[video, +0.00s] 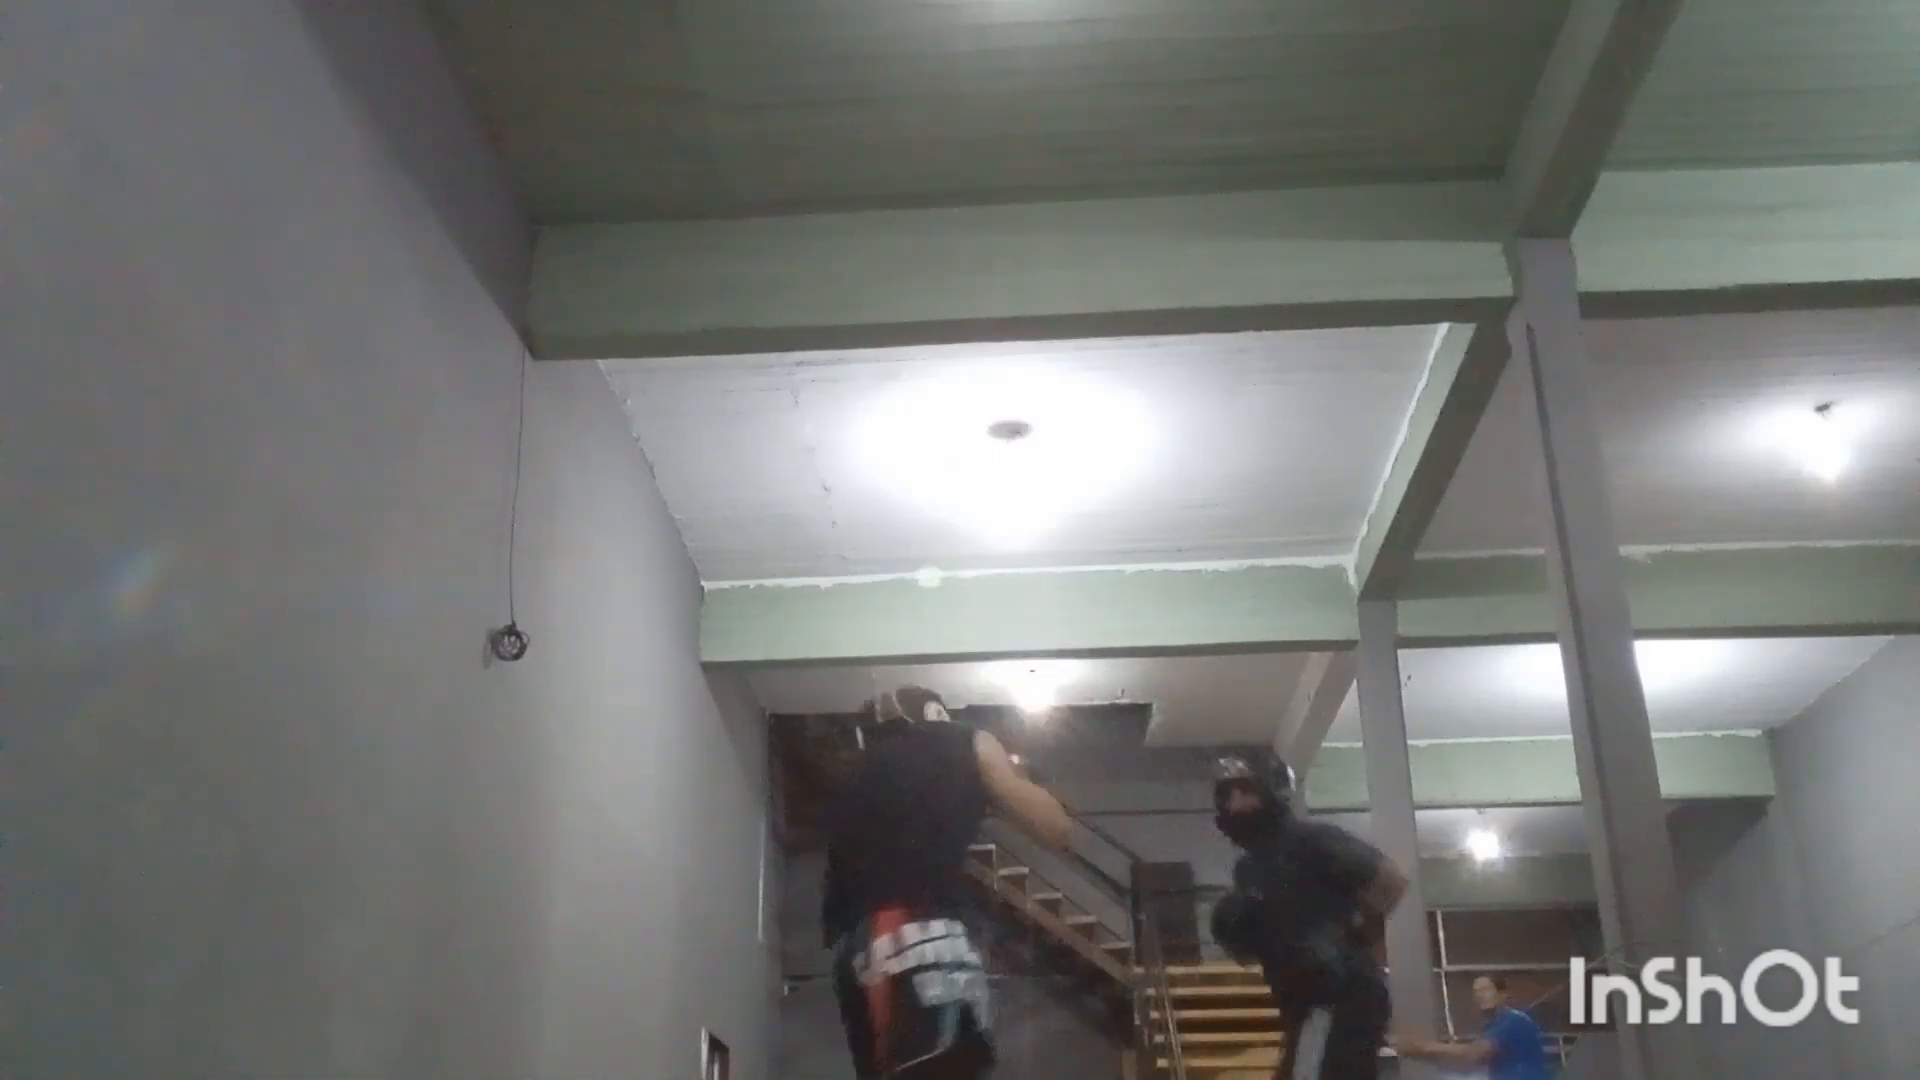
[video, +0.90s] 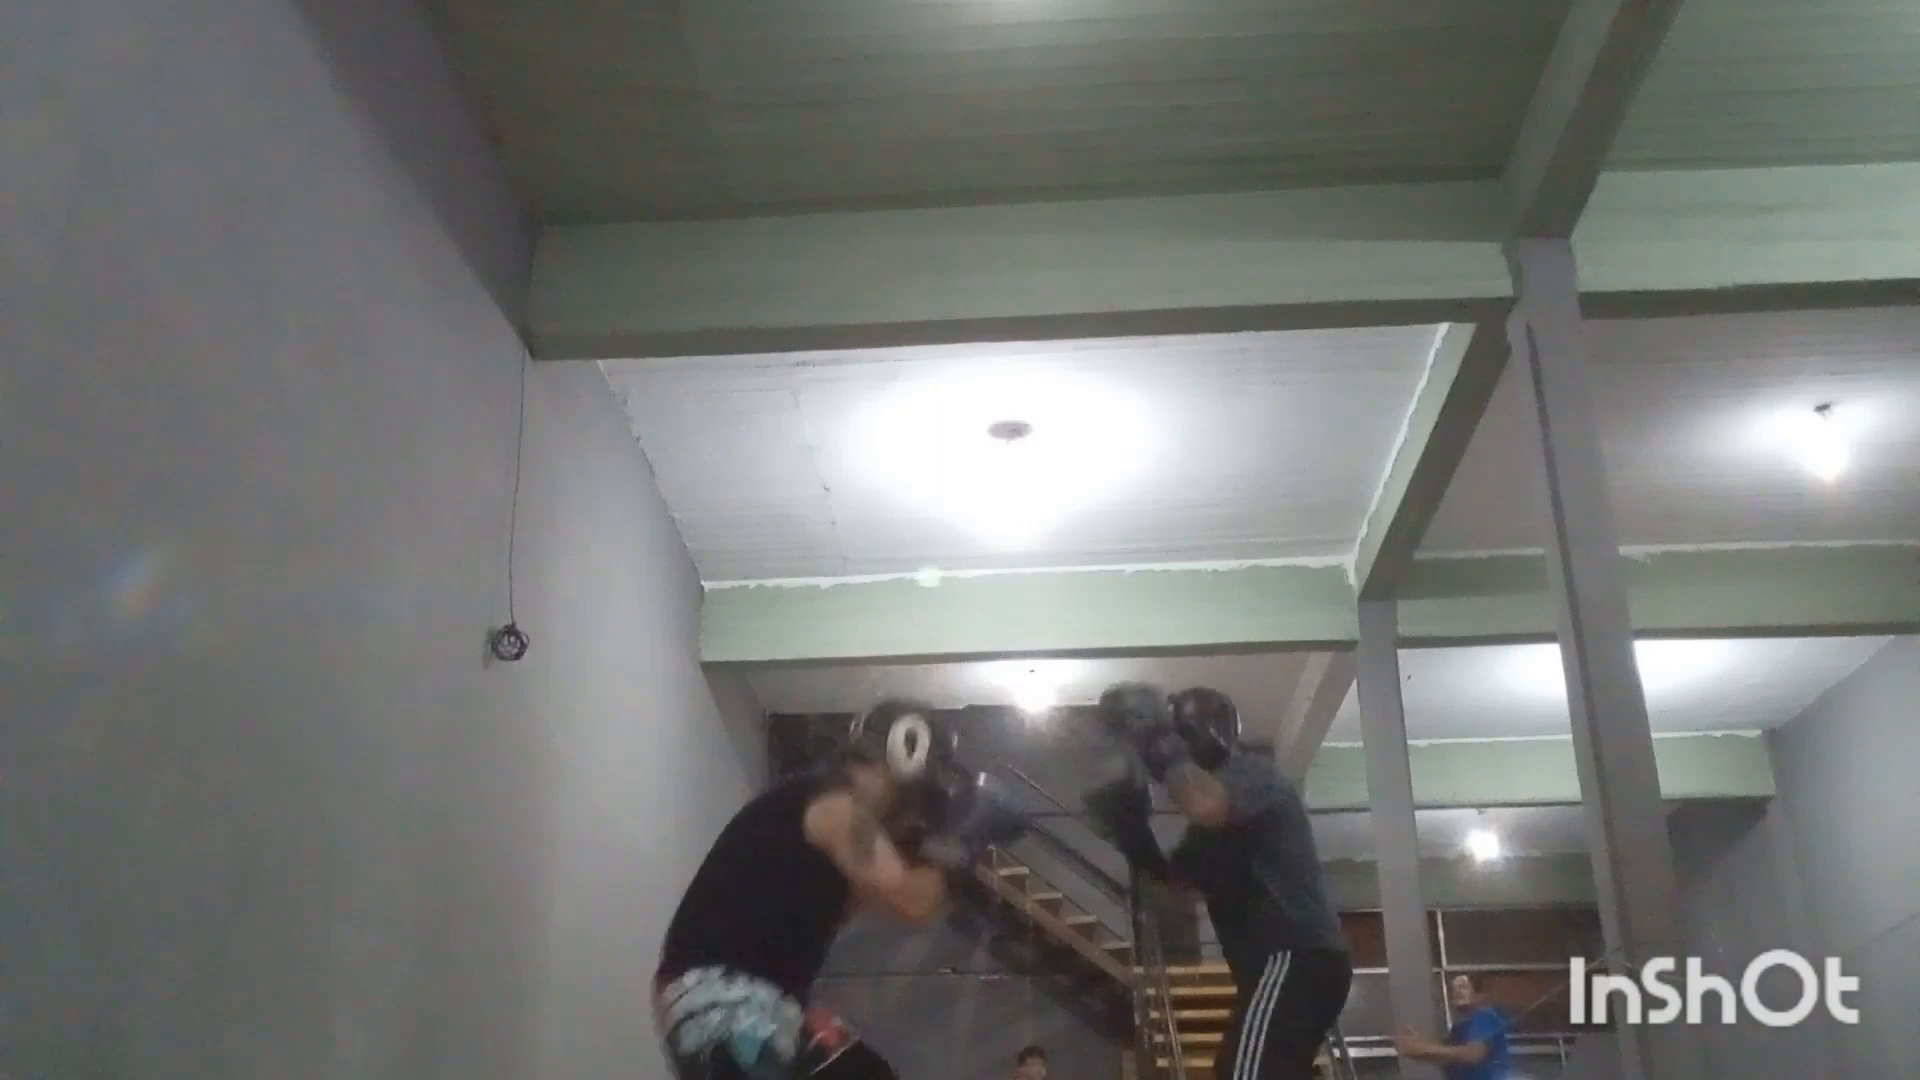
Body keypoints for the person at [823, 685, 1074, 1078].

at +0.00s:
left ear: (882, 724)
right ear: (938, 717)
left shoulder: (857, 766)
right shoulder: (969, 744)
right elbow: (1056, 828)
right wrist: (1013, 774)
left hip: (854, 951)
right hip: (935, 938)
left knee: (873, 1069)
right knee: (957, 1066)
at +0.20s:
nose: (942, 690)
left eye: (940, 677)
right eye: (937, 675)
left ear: (862, 670)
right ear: (916, 664)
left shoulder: (826, 721)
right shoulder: (910, 711)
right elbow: (994, 796)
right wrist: (1002, 749)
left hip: (785, 928)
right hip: (853, 932)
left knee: (824, 1065)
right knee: (872, 1065)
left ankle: (973, 1066)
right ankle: (975, 1067)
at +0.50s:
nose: (933, 711)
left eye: (940, 701)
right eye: (936, 695)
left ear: (874, 656)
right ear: (918, 666)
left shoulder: (827, 703)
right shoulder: (869, 704)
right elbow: (943, 792)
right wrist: (970, 762)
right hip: (793, 927)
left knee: (809, 1067)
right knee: (853, 1067)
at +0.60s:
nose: (940, 711)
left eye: (945, 702)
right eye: (942, 697)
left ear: (870, 664)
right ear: (923, 675)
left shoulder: (816, 718)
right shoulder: (865, 715)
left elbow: (876, 825)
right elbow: (940, 810)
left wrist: (935, 763)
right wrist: (968, 758)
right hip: (786, 941)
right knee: (860, 1068)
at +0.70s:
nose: (937, 714)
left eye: (941, 704)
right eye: (939, 701)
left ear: (869, 675)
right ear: (919, 682)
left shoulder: (821, 727)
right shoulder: (864, 730)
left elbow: (876, 841)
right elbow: (930, 827)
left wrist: (932, 769)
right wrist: (965, 788)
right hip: (773, 947)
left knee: (866, 1066)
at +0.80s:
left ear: (878, 711)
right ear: (916, 718)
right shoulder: (848, 767)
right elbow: (922, 870)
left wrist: (964, 802)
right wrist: (966, 815)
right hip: (743, 968)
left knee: (873, 1068)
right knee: (766, 1069)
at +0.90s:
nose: (932, 780)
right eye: (932, 766)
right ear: (906, 749)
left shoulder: (835, 801)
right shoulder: (836, 805)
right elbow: (915, 902)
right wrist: (961, 839)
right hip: (726, 1001)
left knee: (870, 1069)